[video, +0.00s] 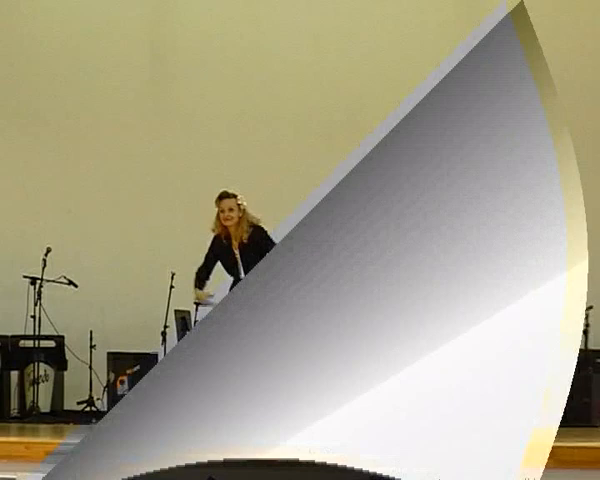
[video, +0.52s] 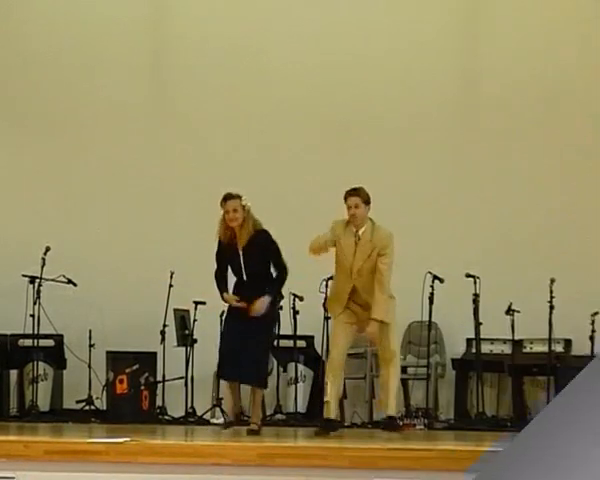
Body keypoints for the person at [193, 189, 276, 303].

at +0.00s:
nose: (226, 215)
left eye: (231, 210)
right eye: (222, 211)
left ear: (240, 212)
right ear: (218, 214)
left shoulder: (257, 233)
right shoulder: (219, 240)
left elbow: (277, 257)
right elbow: (207, 266)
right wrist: (199, 288)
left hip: (265, 286)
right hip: (239, 290)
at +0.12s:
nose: (225, 216)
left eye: (230, 211)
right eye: (221, 212)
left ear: (239, 213)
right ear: (216, 216)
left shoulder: (256, 233)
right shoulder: (217, 241)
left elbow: (284, 257)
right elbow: (202, 263)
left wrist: (279, 281)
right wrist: (186, 284)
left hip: (262, 291)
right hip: (238, 291)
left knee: (253, 341)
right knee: (228, 344)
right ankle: (223, 389)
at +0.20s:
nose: (226, 221)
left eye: (230, 216)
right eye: (221, 217)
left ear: (239, 217)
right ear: (217, 221)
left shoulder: (257, 241)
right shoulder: (218, 247)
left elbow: (280, 265)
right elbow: (202, 278)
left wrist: (285, 282)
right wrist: (177, 289)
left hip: (262, 297)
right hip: (237, 297)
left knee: (253, 350)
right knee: (226, 352)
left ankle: (255, 413)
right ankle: (220, 418)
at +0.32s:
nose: (229, 230)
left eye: (232, 225)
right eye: (224, 227)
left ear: (241, 226)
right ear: (219, 230)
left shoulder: (257, 250)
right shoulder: (223, 254)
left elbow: (265, 287)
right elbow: (217, 295)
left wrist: (266, 297)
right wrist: (192, 295)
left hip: (263, 306)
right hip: (241, 304)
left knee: (253, 359)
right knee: (220, 354)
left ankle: (256, 415)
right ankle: (209, 412)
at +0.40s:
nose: (230, 230)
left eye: (234, 226)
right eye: (225, 227)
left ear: (243, 226)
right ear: (221, 230)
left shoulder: (258, 250)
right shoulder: (224, 254)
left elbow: (264, 289)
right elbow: (228, 284)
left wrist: (241, 302)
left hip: (264, 310)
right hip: (240, 310)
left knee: (256, 361)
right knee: (219, 357)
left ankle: (255, 417)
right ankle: (206, 412)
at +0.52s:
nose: (232, 216)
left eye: (236, 211)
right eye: (228, 212)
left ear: (245, 211)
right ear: (223, 215)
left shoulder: (262, 237)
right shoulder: (225, 240)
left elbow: (282, 270)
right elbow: (221, 271)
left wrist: (268, 297)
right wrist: (225, 294)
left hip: (264, 303)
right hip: (239, 301)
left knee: (257, 355)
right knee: (230, 353)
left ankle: (256, 415)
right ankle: (235, 410)